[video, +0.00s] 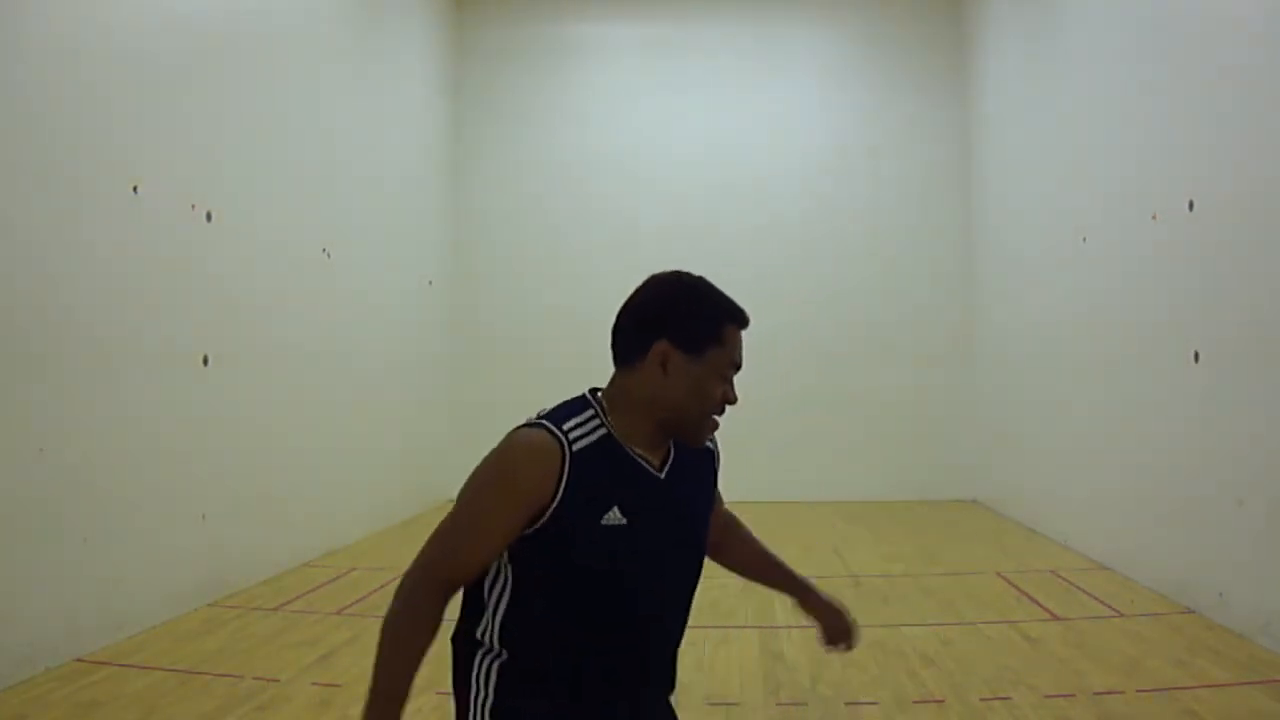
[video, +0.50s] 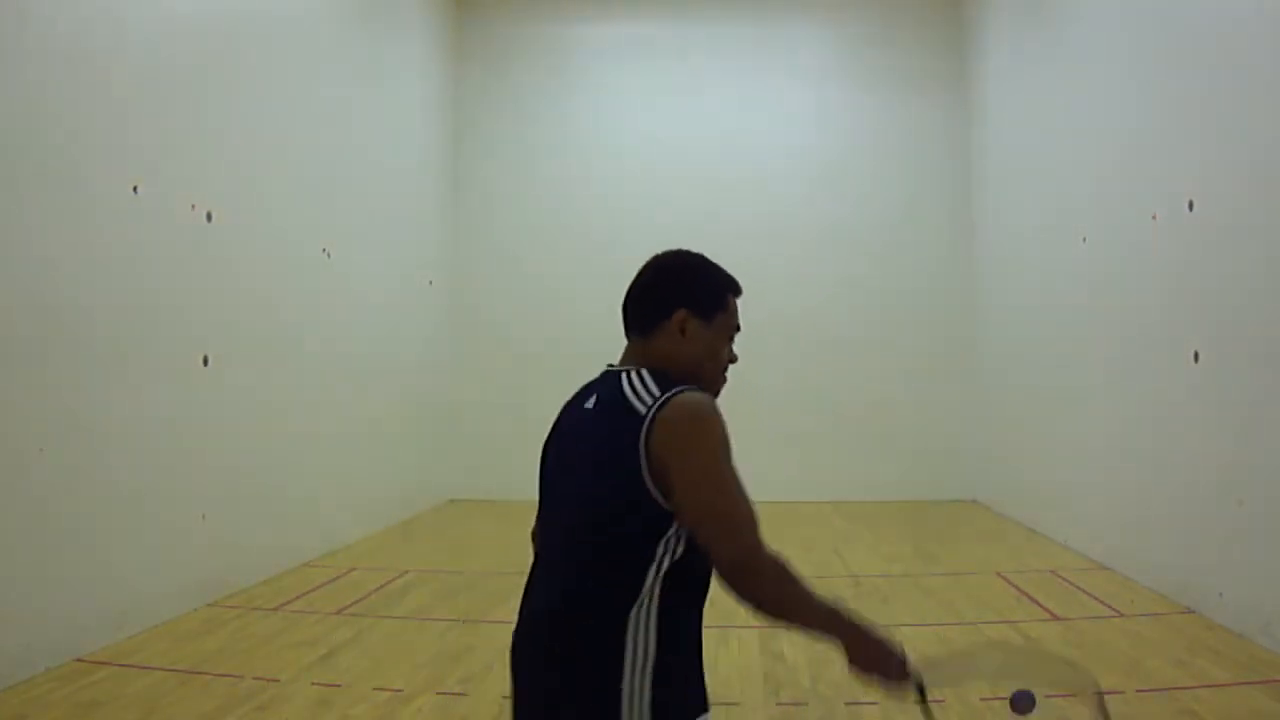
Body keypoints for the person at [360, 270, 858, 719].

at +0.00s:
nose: (732, 395)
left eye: (735, 376)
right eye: (726, 373)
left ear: (673, 365)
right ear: (665, 361)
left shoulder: (694, 451)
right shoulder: (537, 456)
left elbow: (706, 524)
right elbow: (425, 585)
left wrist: (804, 593)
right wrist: (380, 713)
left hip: (641, 707)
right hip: (523, 710)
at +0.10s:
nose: (739, 392)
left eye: (740, 374)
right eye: (732, 371)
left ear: (680, 362)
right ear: (671, 357)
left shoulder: (694, 455)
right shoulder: (546, 448)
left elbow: (672, 536)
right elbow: (410, 565)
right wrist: (323, 699)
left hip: (616, 697)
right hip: (507, 701)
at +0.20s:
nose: (752, 394)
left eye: (753, 376)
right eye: (745, 373)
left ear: (692, 367)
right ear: (688, 363)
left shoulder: (689, 455)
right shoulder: (574, 450)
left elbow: (620, 589)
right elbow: (443, 568)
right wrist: (336, 697)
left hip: (606, 700)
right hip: (510, 704)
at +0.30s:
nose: (762, 390)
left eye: (761, 372)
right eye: (755, 370)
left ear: (705, 362)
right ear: (705, 361)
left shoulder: (676, 450)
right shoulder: (619, 454)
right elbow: (525, 597)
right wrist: (482, 709)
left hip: (600, 698)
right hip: (547, 702)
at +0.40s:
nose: (754, 374)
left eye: (753, 356)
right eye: (747, 354)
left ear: (697, 348)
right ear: (700, 347)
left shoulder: (626, 415)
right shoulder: (657, 448)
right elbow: (649, 615)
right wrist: (680, 710)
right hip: (559, 693)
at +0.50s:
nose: (734, 354)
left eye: (735, 338)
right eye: (729, 335)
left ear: (680, 327)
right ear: (683, 328)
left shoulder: (586, 404)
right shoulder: (684, 415)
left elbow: (549, 542)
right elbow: (745, 564)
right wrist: (849, 632)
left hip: (548, 685)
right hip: (628, 692)